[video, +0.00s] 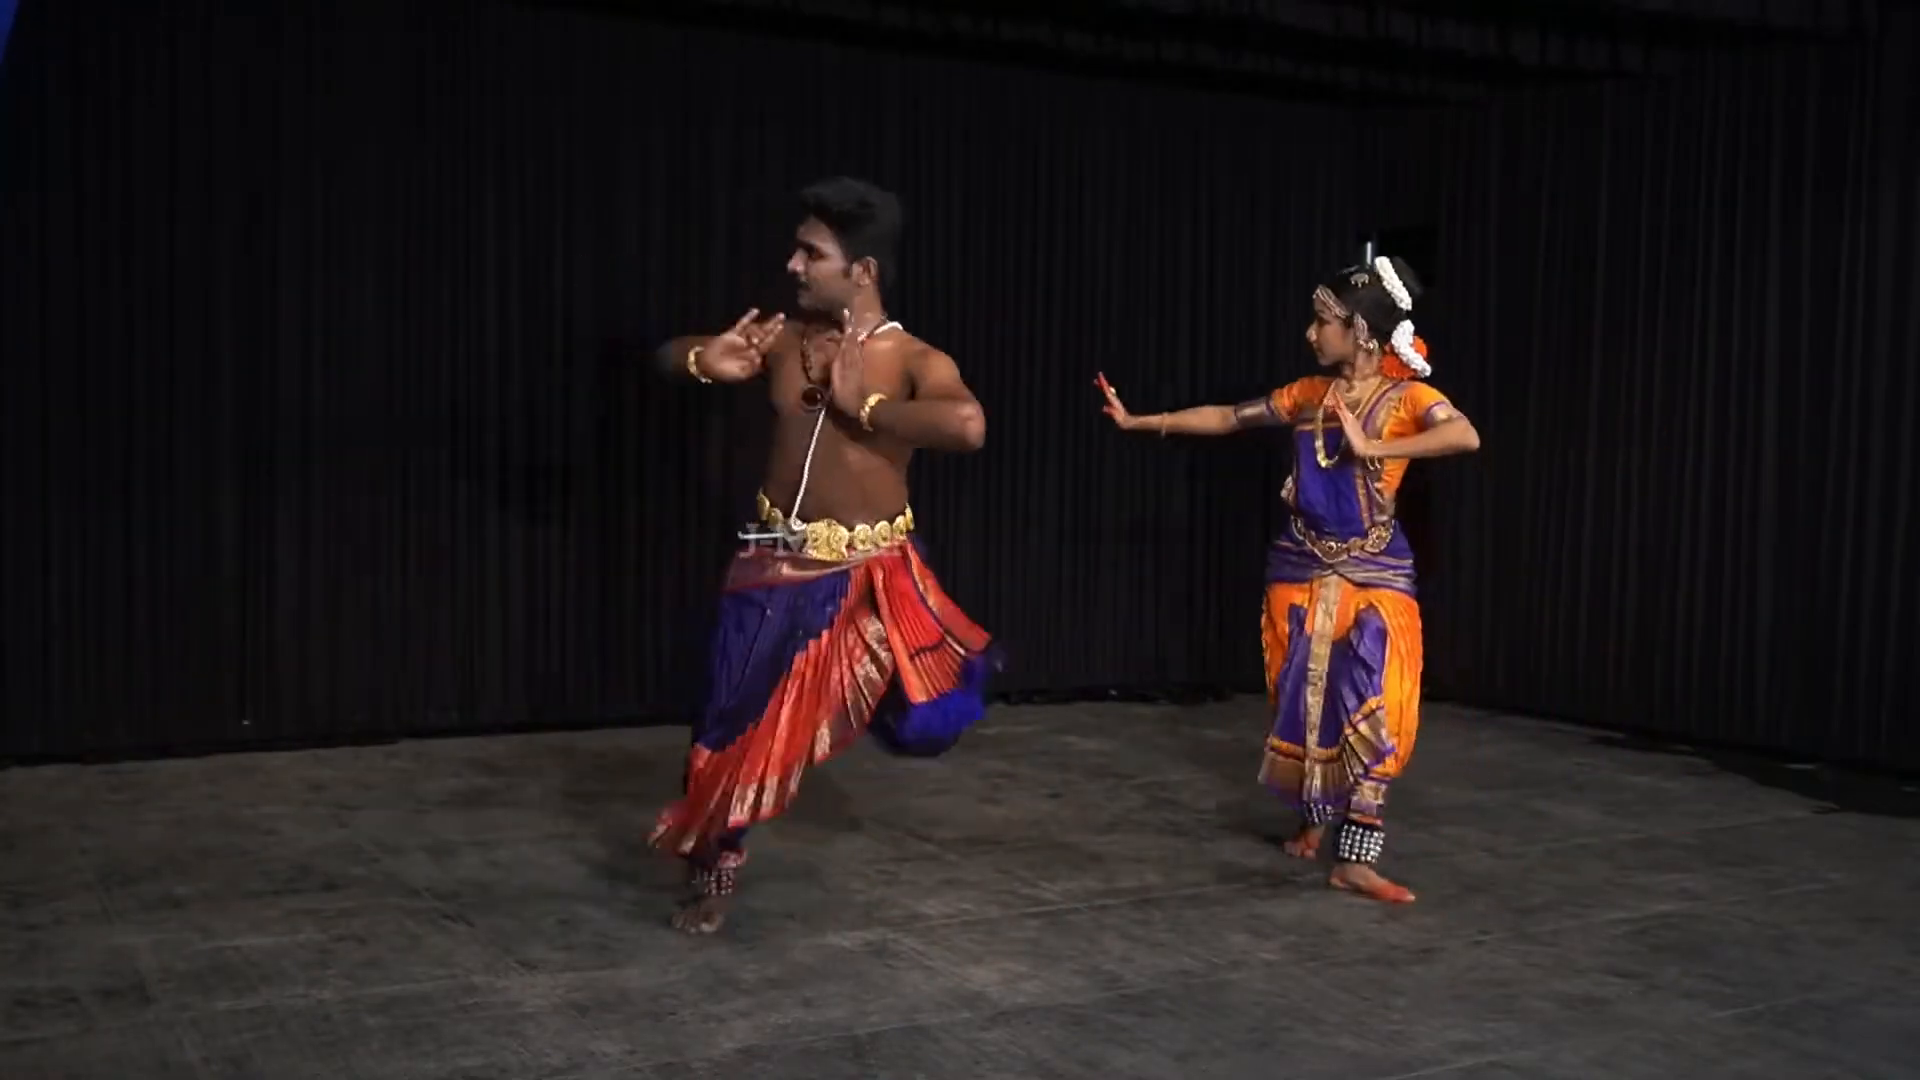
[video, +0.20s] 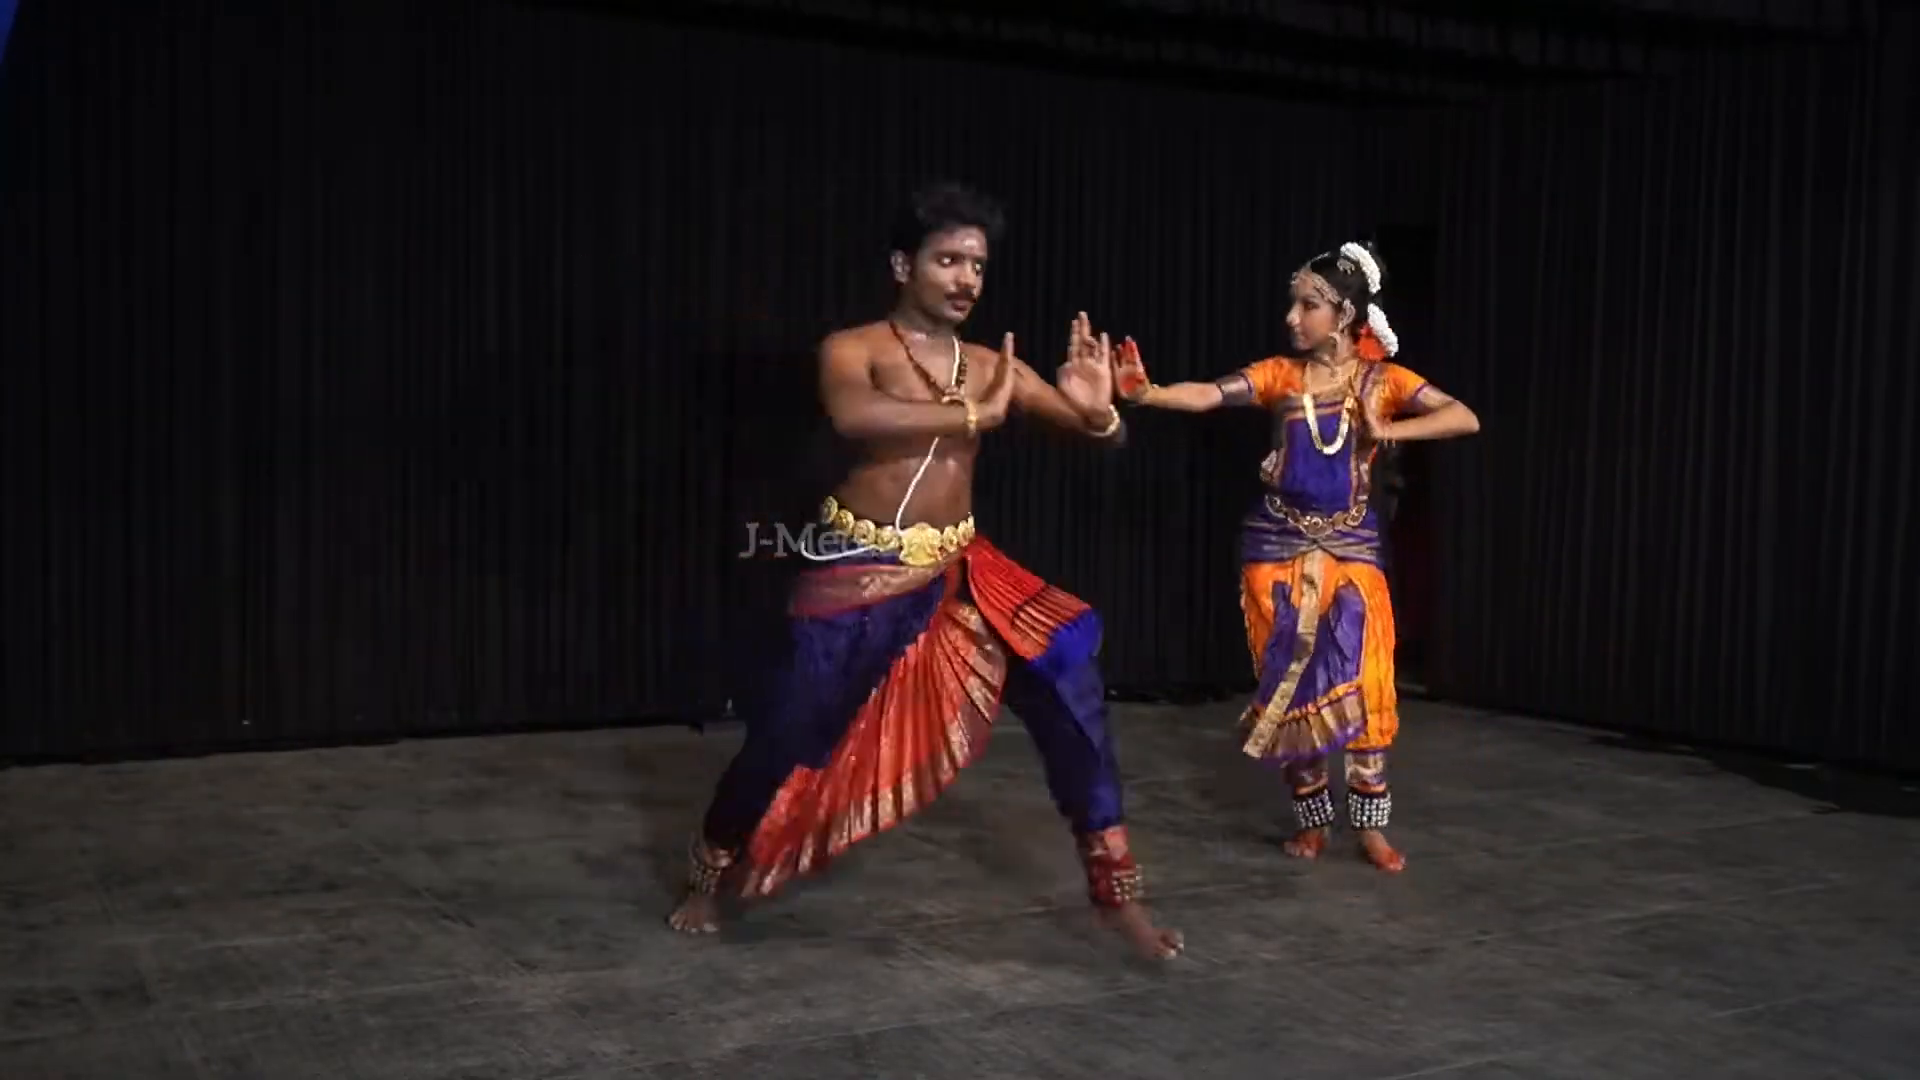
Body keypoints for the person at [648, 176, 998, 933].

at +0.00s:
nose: (794, 263)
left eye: (812, 253)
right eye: (797, 249)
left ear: (862, 270)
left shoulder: (911, 358)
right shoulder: (776, 336)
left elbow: (968, 427)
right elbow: (670, 355)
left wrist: (866, 408)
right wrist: (703, 359)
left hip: (865, 570)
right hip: (772, 560)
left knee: (913, 732)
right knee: (735, 707)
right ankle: (718, 864)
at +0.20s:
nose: (968, 279)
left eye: (977, 264)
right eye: (949, 261)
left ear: (986, 272)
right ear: (903, 266)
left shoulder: (990, 366)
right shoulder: (852, 347)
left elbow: (1096, 428)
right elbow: (855, 419)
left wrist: (1098, 409)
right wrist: (971, 416)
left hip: (957, 565)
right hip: (858, 566)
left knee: (1063, 673)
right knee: (793, 728)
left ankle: (1113, 884)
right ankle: (713, 869)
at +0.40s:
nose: (1113, 355)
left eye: (1115, 340)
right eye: (1097, 338)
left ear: (1091, 349)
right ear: (1041, 344)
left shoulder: (1078, 423)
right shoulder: (1019, 426)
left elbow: (1181, 463)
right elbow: (1164, 473)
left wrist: (1313, 469)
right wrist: (1316, 474)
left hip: (1071, 644)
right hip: (983, 652)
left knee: (1211, 732)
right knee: (845, 803)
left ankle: (1194, 928)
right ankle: (688, 853)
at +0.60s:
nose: (1194, 428)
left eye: (1196, 411)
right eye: (1176, 411)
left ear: (1181, 418)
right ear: (1122, 417)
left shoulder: (1161, 482)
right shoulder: (1107, 496)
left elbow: (1268, 515)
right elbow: (1259, 527)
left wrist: (1394, 522)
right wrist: (1410, 531)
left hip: (1139, 703)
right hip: (1048, 710)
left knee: (1288, 775)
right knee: (885, 819)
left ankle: (1188, 930)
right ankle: (711, 850)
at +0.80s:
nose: (1237, 420)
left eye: (1241, 404)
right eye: (1218, 404)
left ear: (1239, 410)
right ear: (1160, 409)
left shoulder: (1239, 491)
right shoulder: (1104, 491)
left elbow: (1328, 542)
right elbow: (1166, 530)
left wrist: (1402, 547)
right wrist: (1264, 528)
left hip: (1185, 713)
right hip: (1082, 703)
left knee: (1315, 795)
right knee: (935, 794)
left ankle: (1191, 930)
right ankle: (768, 863)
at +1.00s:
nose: (1217, 376)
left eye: (1229, 360)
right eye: (1197, 361)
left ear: (1246, 371)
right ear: (1156, 373)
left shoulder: (1281, 469)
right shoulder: (1103, 459)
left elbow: (1387, 538)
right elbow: (1003, 519)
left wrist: (1285, 549)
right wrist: (1104, 548)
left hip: (1224, 685)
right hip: (1108, 680)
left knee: (1320, 808)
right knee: (975, 787)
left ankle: (1199, 926)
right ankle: (817, 888)